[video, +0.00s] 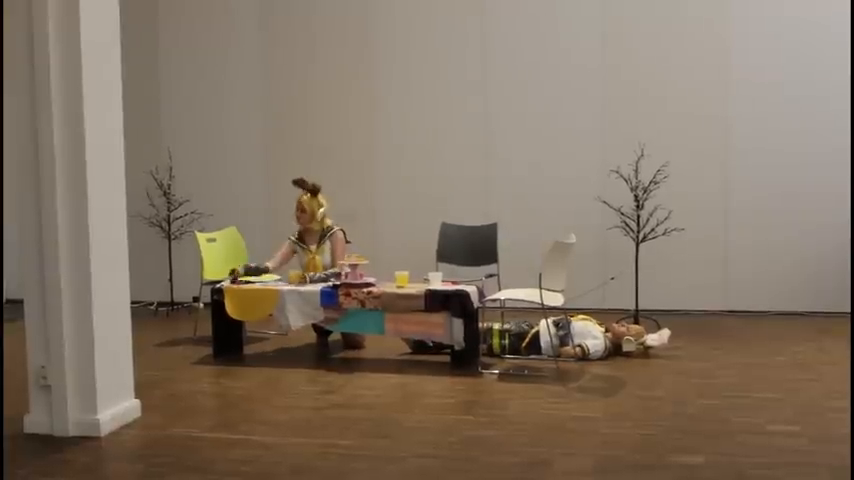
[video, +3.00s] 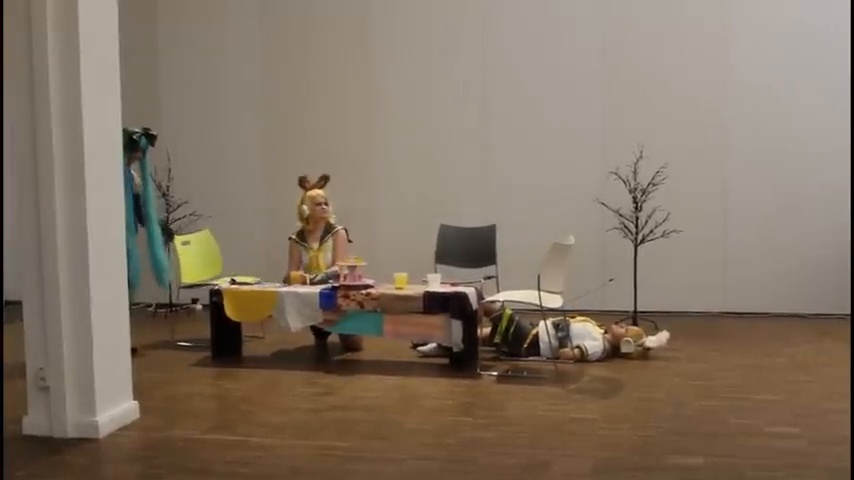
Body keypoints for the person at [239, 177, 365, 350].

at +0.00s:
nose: (297, 215)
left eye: (303, 211)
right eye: (297, 210)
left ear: (316, 213)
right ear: (295, 210)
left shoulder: (334, 234)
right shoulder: (298, 238)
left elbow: (339, 269)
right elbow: (275, 262)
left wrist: (311, 278)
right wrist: (254, 270)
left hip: (335, 289)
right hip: (310, 292)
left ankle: (347, 332)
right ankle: (322, 336)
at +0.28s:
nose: (309, 217)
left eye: (314, 212)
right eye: (305, 212)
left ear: (326, 213)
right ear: (301, 213)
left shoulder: (339, 236)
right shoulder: (298, 239)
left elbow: (341, 270)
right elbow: (283, 271)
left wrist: (312, 279)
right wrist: (280, 264)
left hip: (337, 292)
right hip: (309, 295)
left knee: (355, 343)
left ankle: (347, 333)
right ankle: (321, 337)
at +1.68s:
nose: (314, 206)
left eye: (320, 202)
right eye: (311, 202)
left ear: (331, 207)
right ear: (307, 206)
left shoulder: (342, 235)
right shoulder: (302, 235)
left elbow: (343, 271)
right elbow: (297, 271)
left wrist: (314, 278)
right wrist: (293, 264)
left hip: (338, 293)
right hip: (311, 294)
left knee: (356, 342)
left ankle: (347, 332)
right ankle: (321, 336)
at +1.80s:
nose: (316, 205)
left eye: (321, 201)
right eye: (313, 201)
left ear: (332, 206)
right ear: (309, 205)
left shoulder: (344, 234)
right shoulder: (306, 230)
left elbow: (342, 271)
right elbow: (293, 264)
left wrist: (316, 279)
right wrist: (299, 239)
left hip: (339, 291)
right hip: (312, 292)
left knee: (355, 343)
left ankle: (346, 333)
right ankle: (320, 336)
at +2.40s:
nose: (336, 202)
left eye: (341, 199)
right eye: (331, 198)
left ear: (347, 206)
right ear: (323, 202)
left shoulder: (349, 237)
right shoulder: (313, 227)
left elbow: (342, 272)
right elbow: (289, 254)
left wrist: (318, 281)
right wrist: (303, 237)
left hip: (335, 290)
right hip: (308, 290)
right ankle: (320, 338)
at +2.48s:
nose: (343, 205)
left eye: (345, 202)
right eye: (337, 201)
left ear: (349, 206)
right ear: (325, 205)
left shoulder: (350, 238)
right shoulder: (306, 230)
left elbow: (344, 270)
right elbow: (290, 263)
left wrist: (323, 279)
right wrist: (298, 255)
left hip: (337, 292)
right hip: (309, 291)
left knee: (354, 343)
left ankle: (344, 335)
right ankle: (321, 340)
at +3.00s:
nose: (324, 207)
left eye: (326, 203)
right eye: (318, 205)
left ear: (330, 207)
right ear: (307, 210)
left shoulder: (337, 232)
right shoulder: (297, 239)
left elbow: (340, 268)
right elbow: (291, 276)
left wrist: (313, 279)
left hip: (336, 290)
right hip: (309, 293)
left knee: (355, 344)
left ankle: (344, 332)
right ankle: (320, 341)